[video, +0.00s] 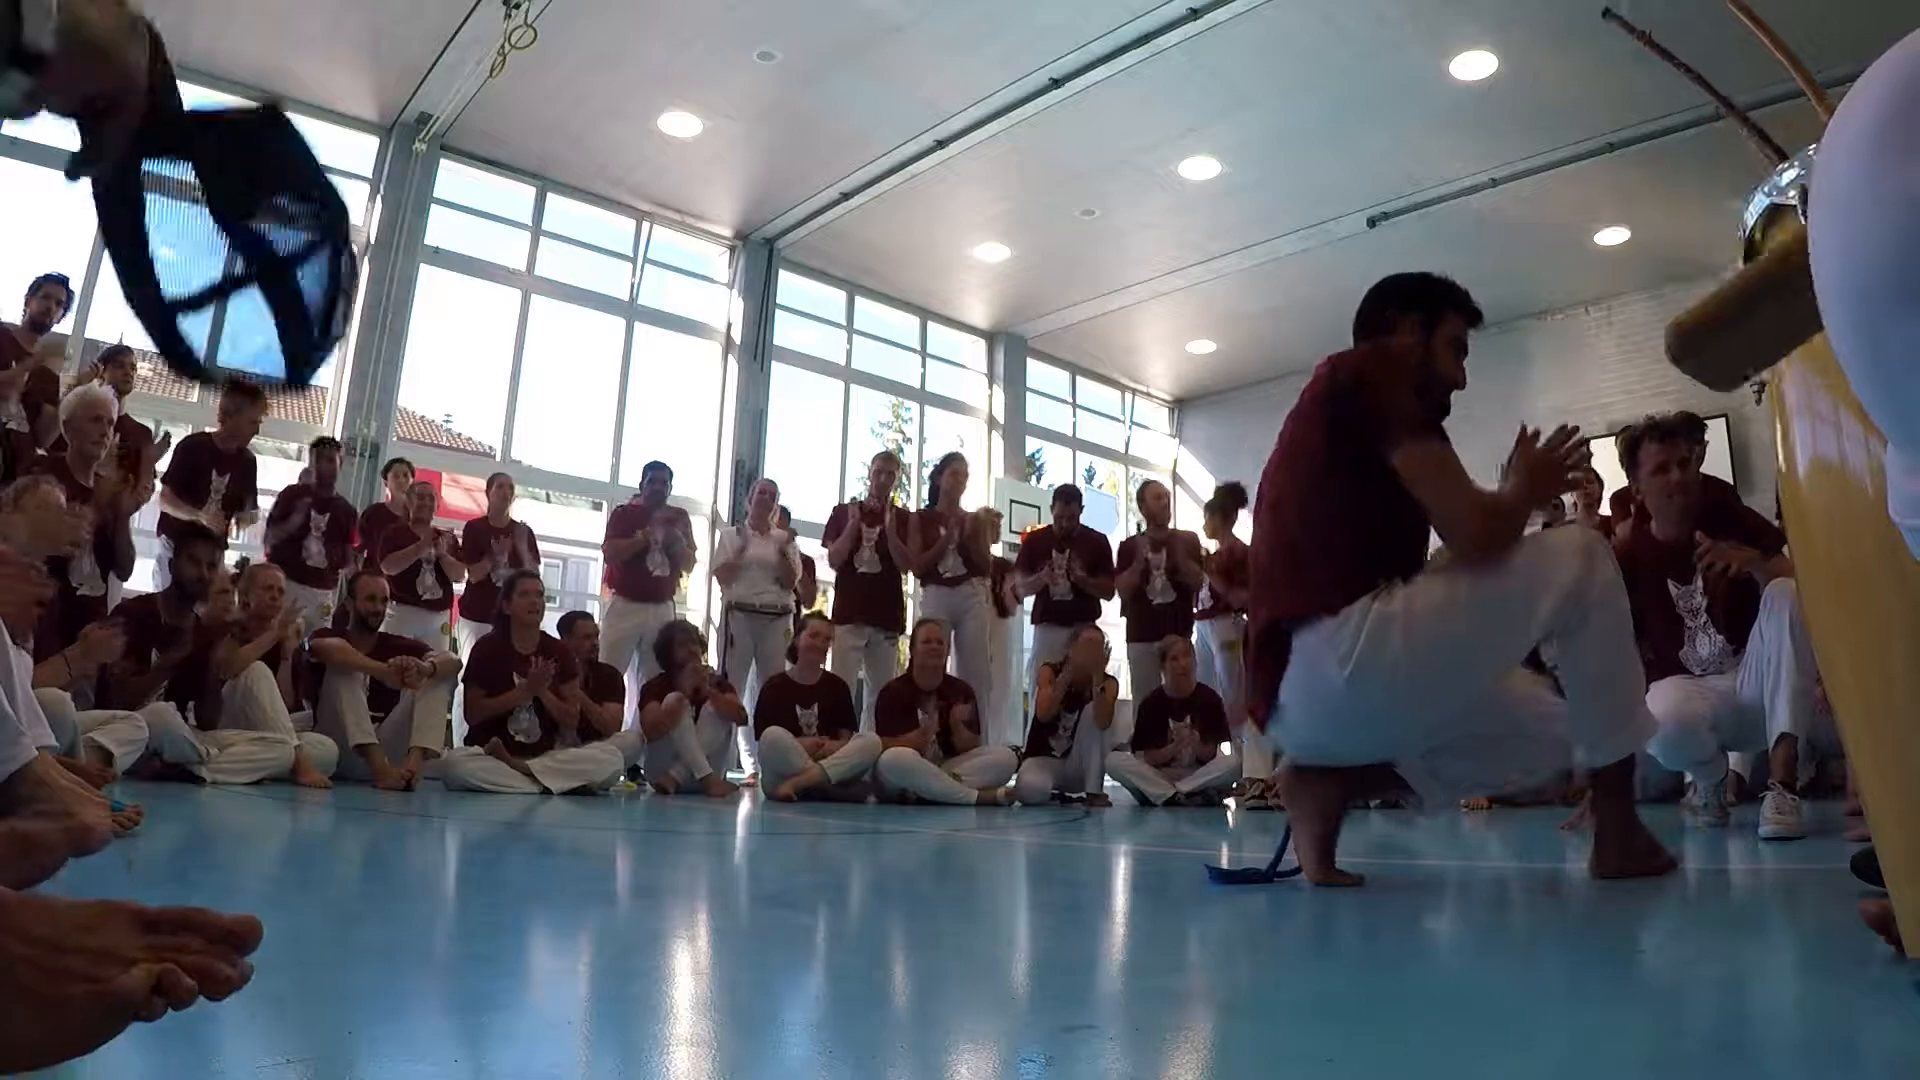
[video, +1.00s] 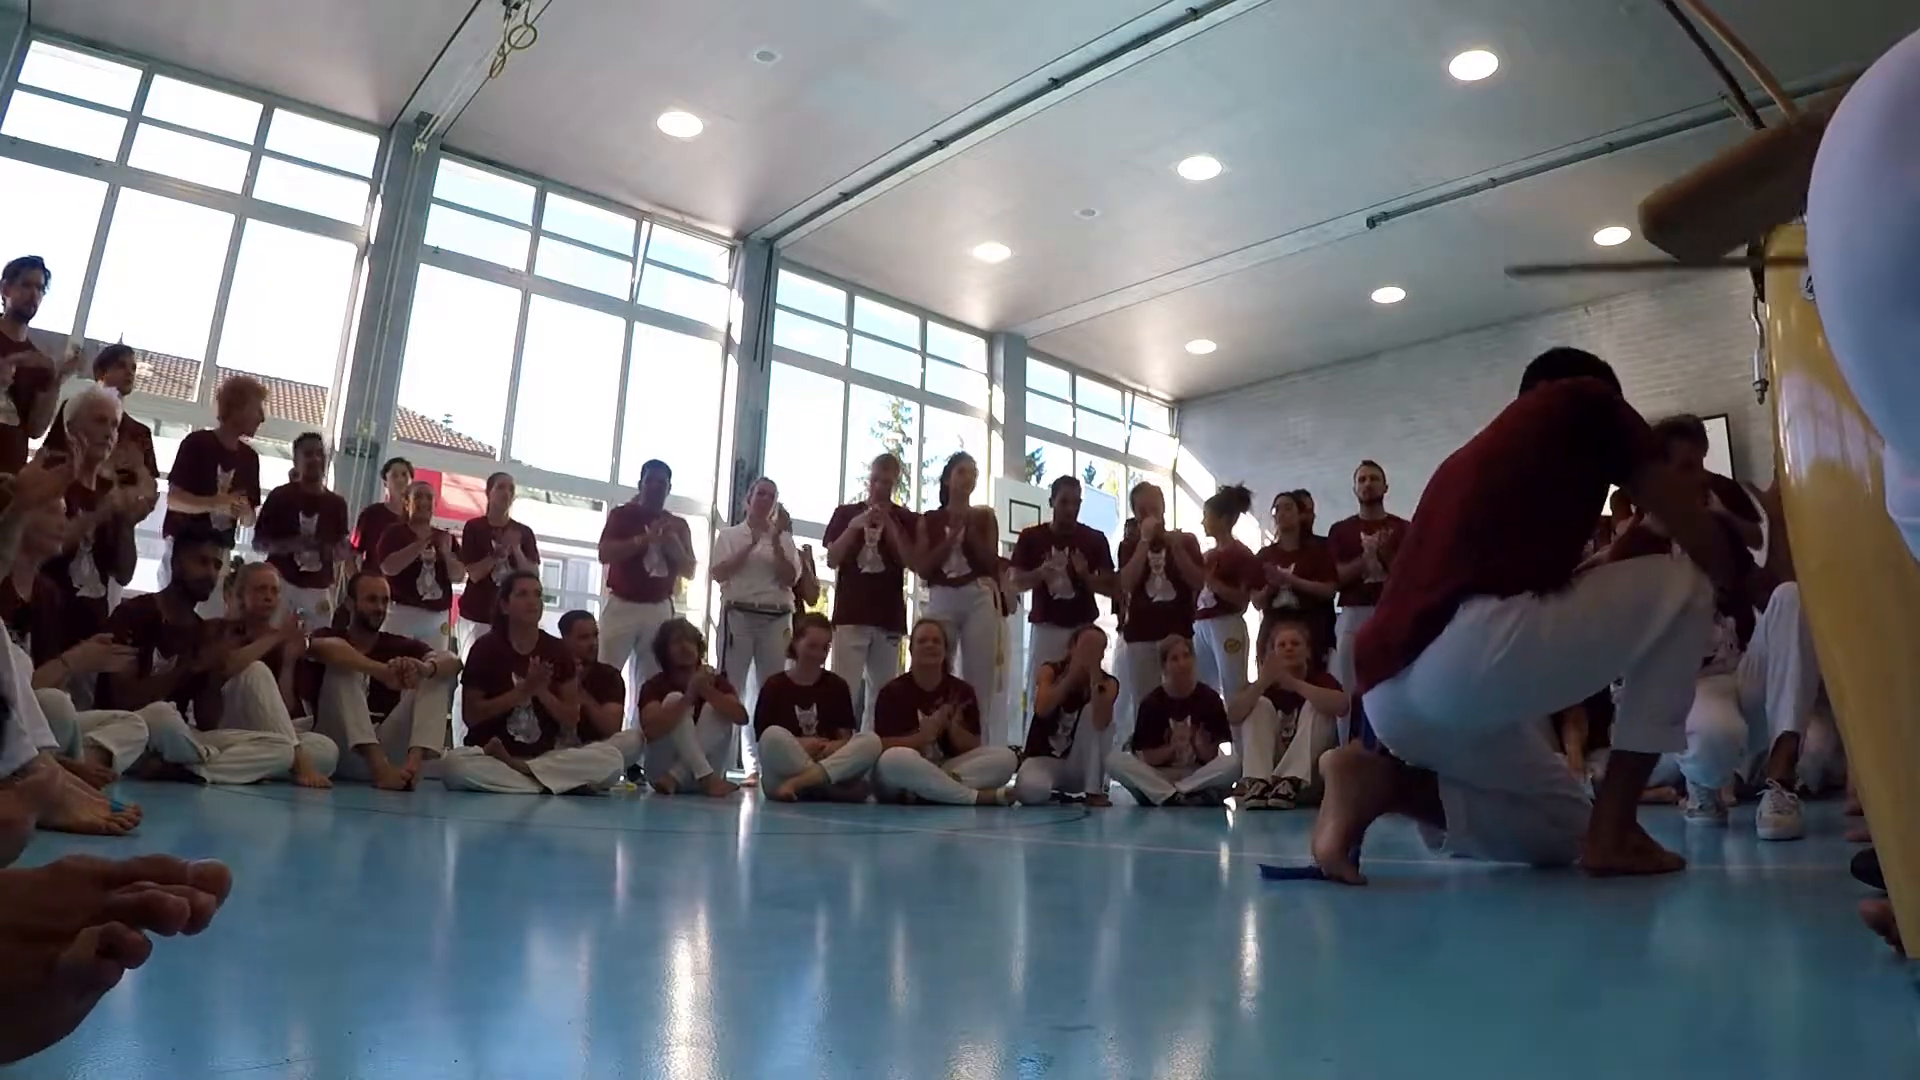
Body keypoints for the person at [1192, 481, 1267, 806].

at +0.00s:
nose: (1205, 525)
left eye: (1208, 518)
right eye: (1204, 518)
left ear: (1223, 518)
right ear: (1221, 518)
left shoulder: (1240, 553)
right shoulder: (1213, 556)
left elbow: (1243, 597)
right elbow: (1212, 593)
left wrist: (1215, 579)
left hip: (1227, 624)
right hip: (1203, 624)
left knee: (1231, 691)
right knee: (1206, 688)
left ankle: (1240, 749)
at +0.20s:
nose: (1204, 524)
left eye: (1208, 517)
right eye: (1205, 517)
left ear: (1223, 518)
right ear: (1225, 519)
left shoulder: (1241, 552)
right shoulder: (1213, 556)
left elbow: (1237, 596)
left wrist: (1212, 572)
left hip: (1226, 619)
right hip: (1203, 621)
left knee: (1231, 684)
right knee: (1206, 684)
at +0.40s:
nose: (1204, 523)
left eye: (1207, 517)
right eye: (1204, 517)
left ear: (1225, 518)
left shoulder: (1240, 551)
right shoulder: (1214, 555)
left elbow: (1238, 597)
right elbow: (1207, 585)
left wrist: (1214, 572)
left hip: (1227, 619)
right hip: (1204, 621)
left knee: (1231, 683)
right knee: (1206, 683)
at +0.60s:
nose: (1204, 523)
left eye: (1208, 517)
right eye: (1205, 517)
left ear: (1222, 519)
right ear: (1222, 520)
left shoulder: (1243, 553)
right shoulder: (1213, 556)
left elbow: (1244, 599)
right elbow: (1207, 587)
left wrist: (1216, 574)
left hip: (1228, 621)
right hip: (1203, 622)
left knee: (1233, 688)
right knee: (1206, 687)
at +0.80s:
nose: (1203, 521)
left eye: (1207, 516)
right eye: (1204, 516)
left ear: (1223, 519)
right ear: (1220, 519)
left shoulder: (1244, 554)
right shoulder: (1210, 555)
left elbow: (1242, 599)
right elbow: (1203, 587)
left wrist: (1213, 579)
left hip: (1228, 622)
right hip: (1202, 623)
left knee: (1235, 691)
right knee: (1205, 690)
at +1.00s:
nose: (1202, 520)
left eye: (1206, 515)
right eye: (1203, 515)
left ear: (1225, 519)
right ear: (1218, 519)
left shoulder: (1242, 553)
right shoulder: (1208, 556)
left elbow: (1242, 599)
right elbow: (1199, 589)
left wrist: (1212, 581)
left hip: (1227, 622)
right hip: (1201, 624)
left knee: (1234, 691)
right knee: (1205, 691)